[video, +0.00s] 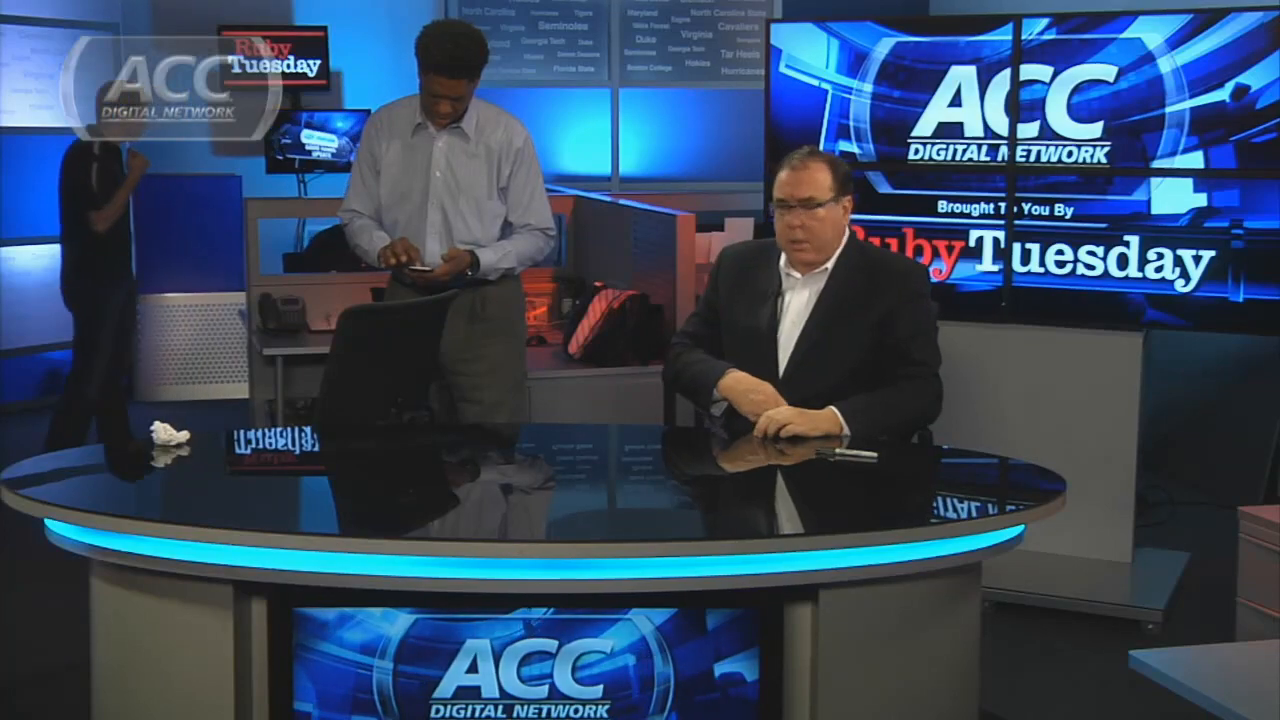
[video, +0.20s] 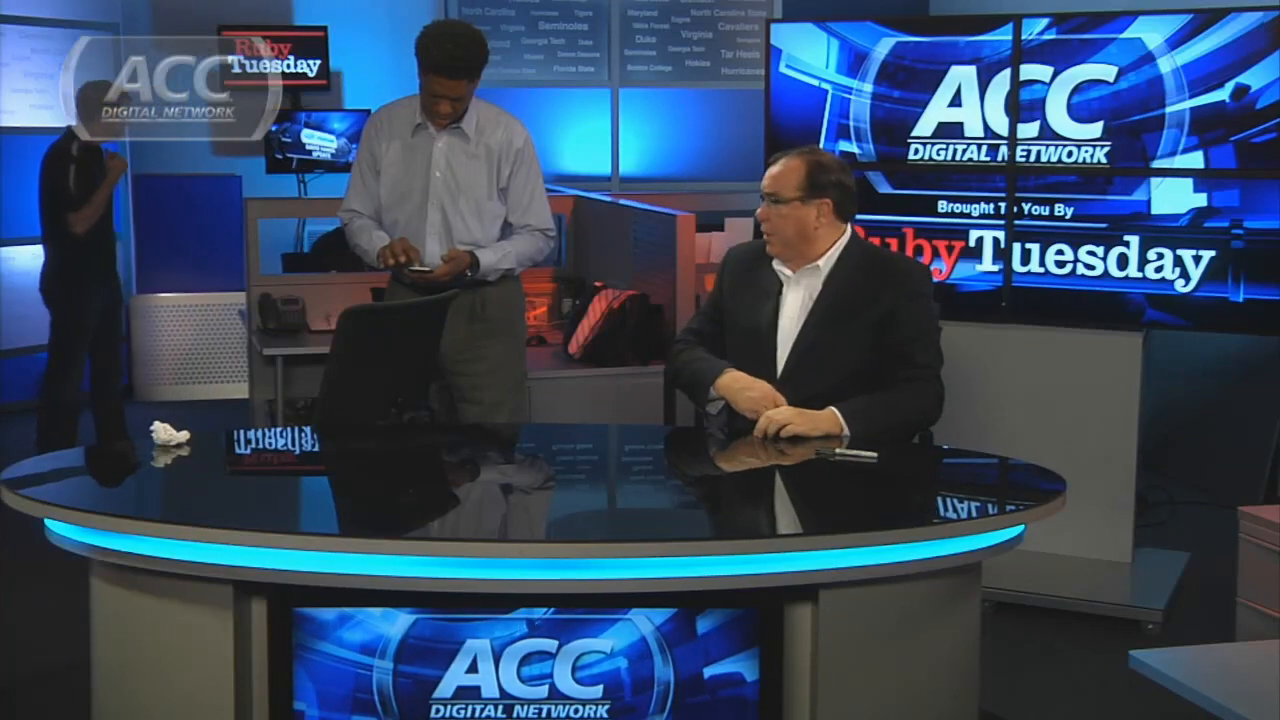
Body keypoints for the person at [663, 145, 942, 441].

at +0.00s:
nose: (795, 222)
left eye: (811, 206)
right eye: (784, 206)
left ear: (846, 208)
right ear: (772, 209)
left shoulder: (897, 280)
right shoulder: (738, 266)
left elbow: (921, 393)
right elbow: (683, 355)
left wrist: (832, 419)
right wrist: (729, 381)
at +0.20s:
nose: (760, 213)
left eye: (774, 201)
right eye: (763, 200)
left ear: (823, 212)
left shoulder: (900, 280)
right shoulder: (744, 265)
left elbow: (924, 395)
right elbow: (687, 352)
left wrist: (834, 419)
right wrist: (729, 381)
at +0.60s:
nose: (758, 208)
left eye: (766, 195)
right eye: (761, 195)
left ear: (803, 203)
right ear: (801, 204)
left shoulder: (893, 274)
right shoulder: (765, 263)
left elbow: (924, 390)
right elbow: (725, 343)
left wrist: (831, 417)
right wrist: (710, 381)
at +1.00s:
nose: (772, 213)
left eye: (777, 203)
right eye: (774, 203)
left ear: (806, 214)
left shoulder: (885, 276)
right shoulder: (797, 270)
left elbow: (915, 389)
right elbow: (766, 356)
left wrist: (833, 419)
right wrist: (718, 404)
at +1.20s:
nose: (779, 211)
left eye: (785, 201)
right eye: (780, 201)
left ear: (812, 208)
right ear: (811, 211)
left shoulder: (879, 271)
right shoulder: (799, 267)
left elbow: (910, 376)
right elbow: (763, 353)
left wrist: (823, 412)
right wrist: (697, 408)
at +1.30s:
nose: (771, 212)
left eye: (777, 199)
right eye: (773, 200)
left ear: (808, 204)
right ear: (807, 205)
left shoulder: (868, 257)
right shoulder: (785, 263)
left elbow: (906, 344)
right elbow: (740, 337)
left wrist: (836, 403)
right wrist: (665, 383)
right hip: (748, 440)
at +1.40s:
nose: (755, 229)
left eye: (759, 214)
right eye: (755, 216)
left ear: (788, 214)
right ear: (787, 215)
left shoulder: (848, 251)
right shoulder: (778, 266)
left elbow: (892, 325)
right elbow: (747, 339)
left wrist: (834, 399)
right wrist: (678, 385)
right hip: (750, 430)